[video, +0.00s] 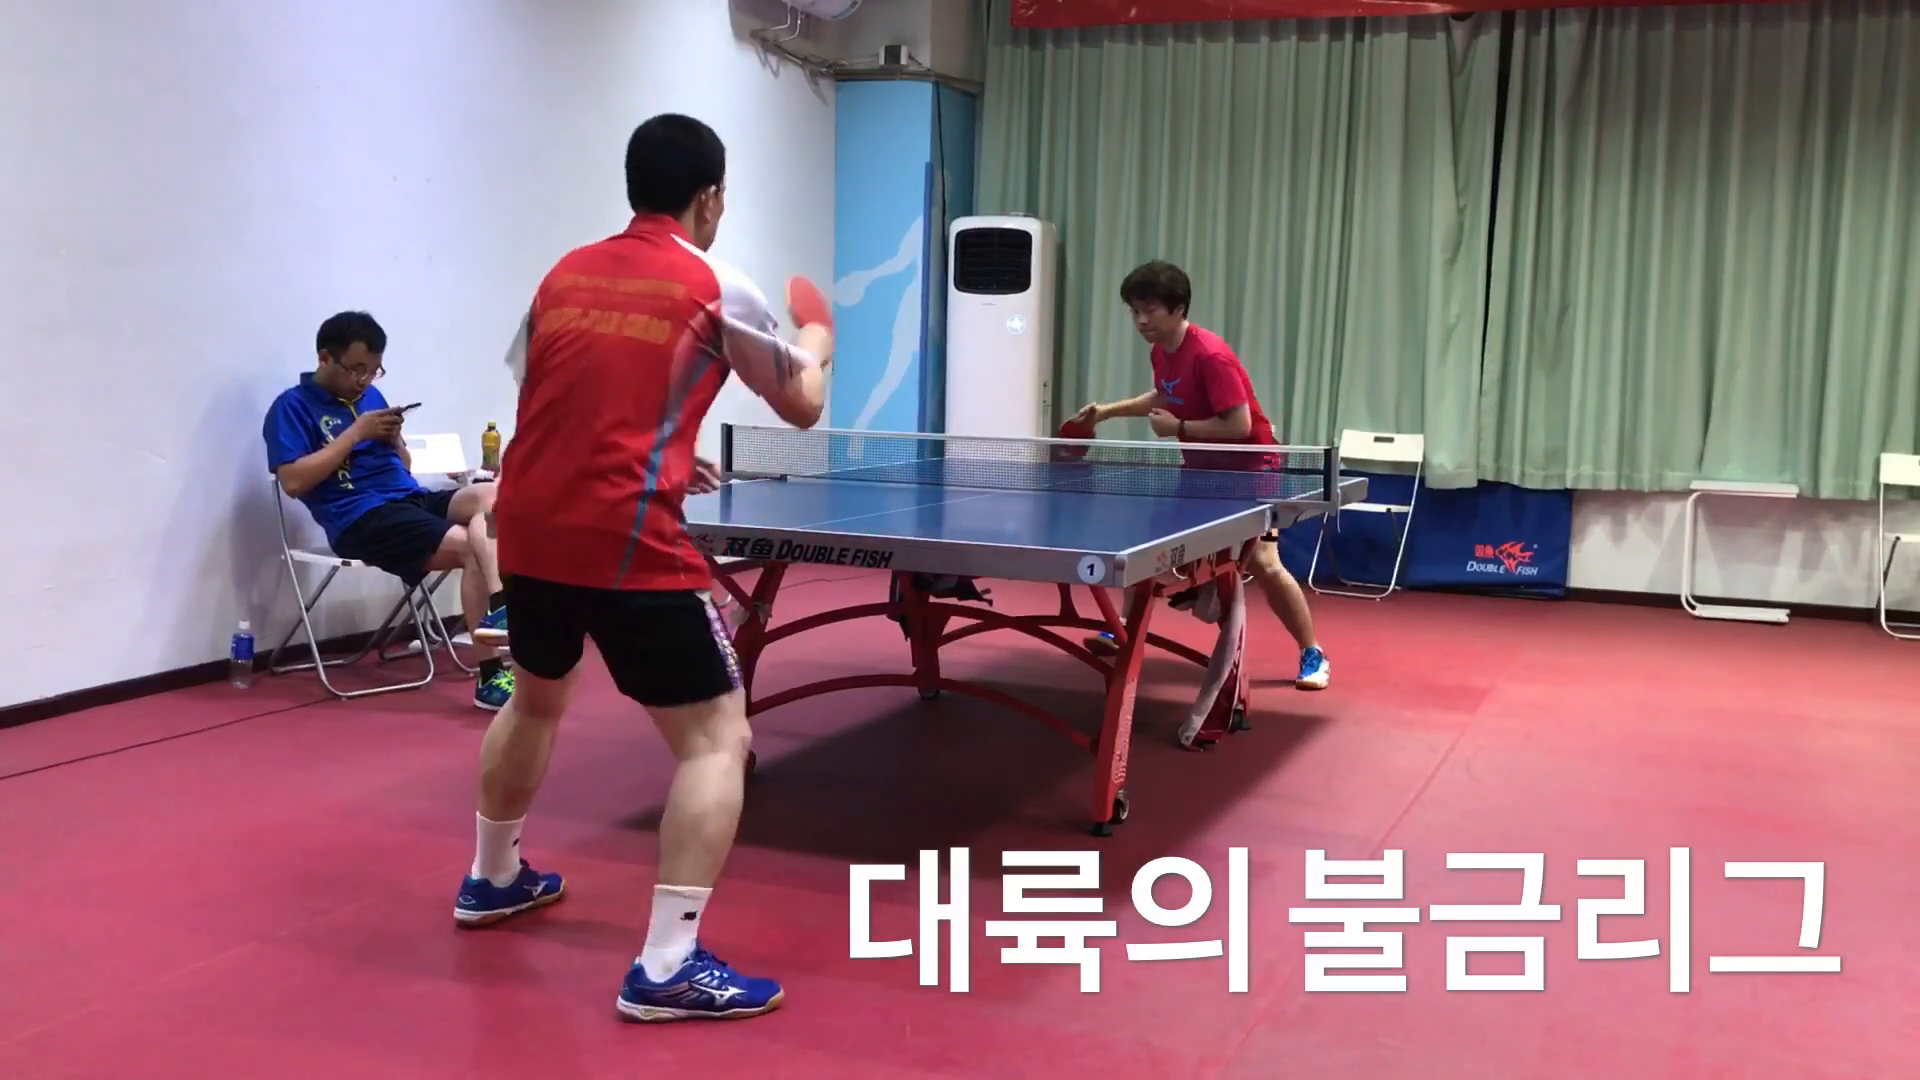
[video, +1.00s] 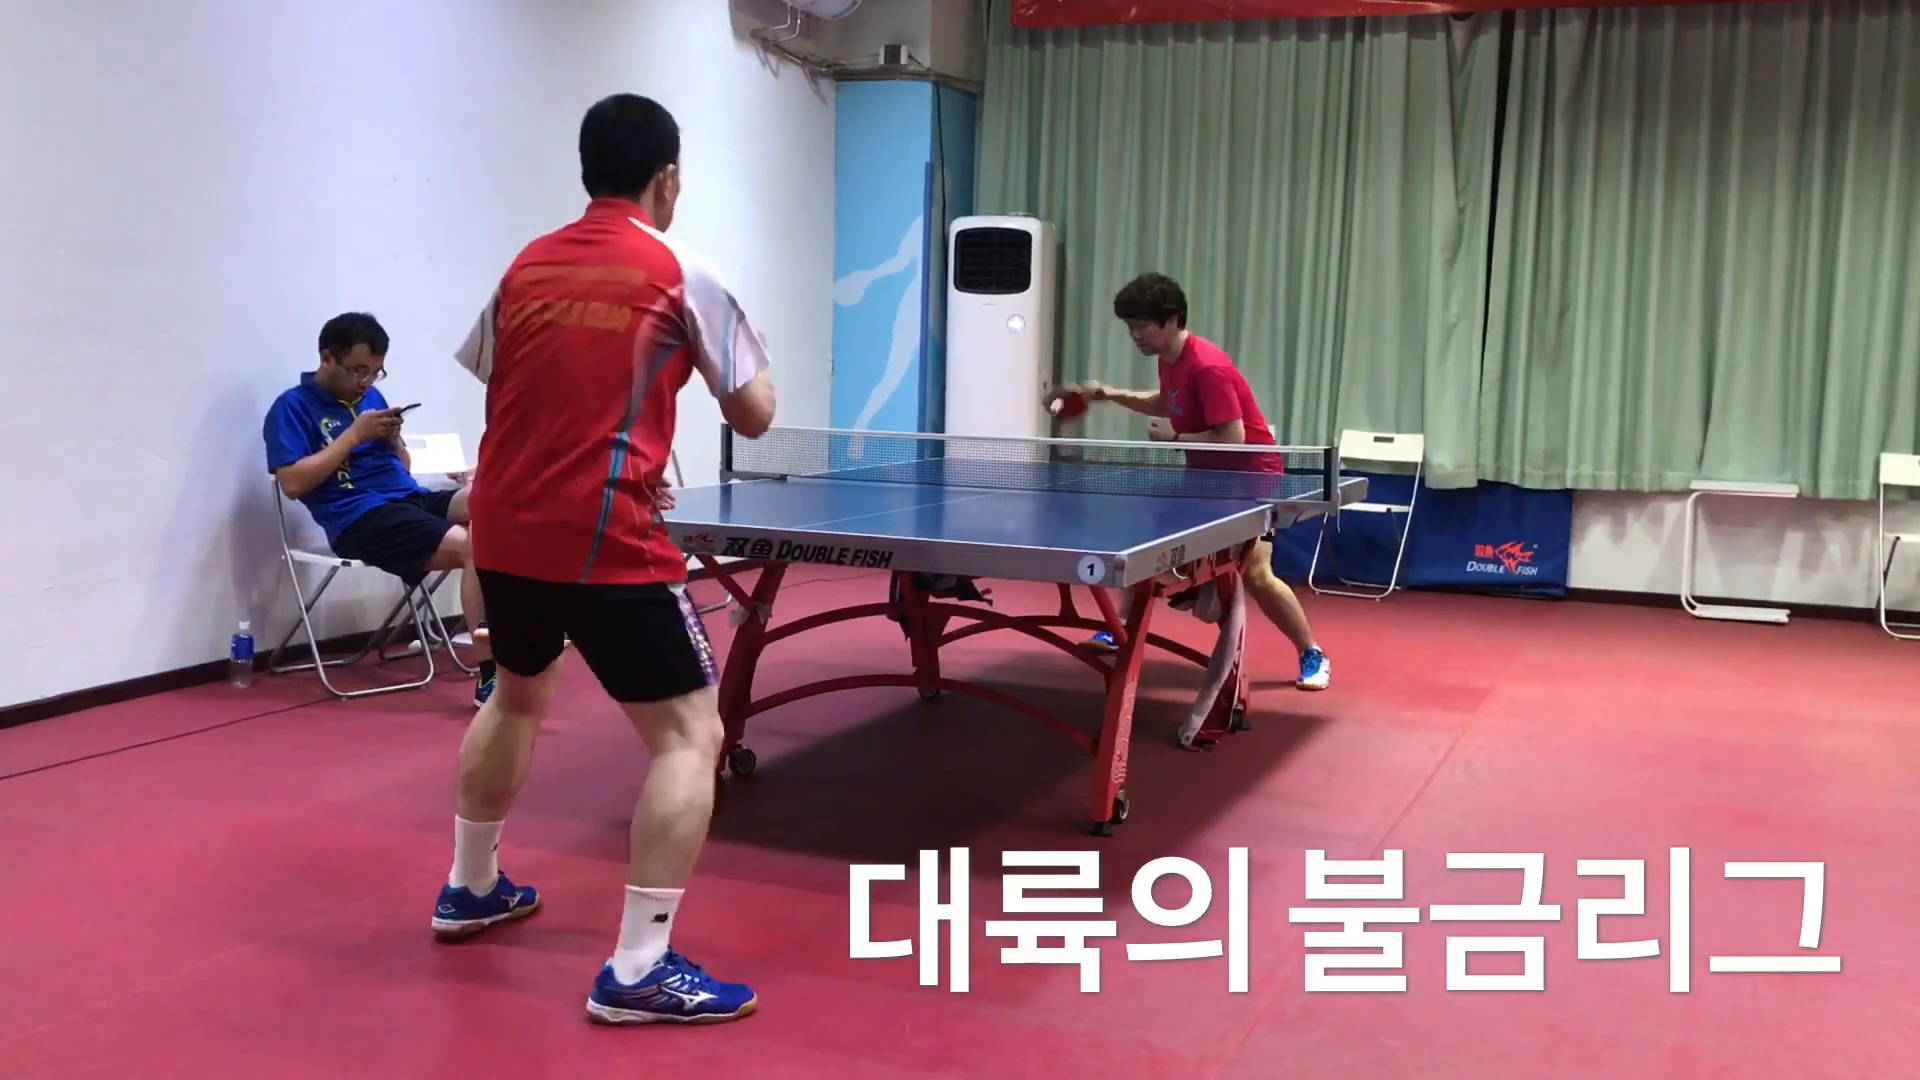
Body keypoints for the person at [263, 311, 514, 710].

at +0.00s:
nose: (366, 381)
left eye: (373, 371)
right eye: (357, 370)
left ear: (378, 365)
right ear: (324, 358)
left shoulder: (370, 397)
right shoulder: (291, 407)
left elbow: (404, 467)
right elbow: (293, 482)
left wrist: (394, 437)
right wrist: (356, 433)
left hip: (410, 500)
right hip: (363, 520)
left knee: (490, 495)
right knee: (476, 546)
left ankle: (499, 603)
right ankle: (491, 674)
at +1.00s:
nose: (366, 383)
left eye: (373, 373)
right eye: (358, 371)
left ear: (379, 368)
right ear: (326, 359)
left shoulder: (369, 397)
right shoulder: (291, 408)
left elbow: (403, 468)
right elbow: (293, 483)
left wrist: (393, 436)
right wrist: (355, 435)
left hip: (409, 499)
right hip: (364, 518)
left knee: (490, 502)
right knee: (474, 546)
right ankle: (490, 675)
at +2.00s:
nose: (364, 381)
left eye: (372, 371)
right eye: (356, 370)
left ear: (379, 365)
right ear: (325, 359)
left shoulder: (370, 397)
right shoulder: (292, 407)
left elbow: (404, 466)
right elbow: (295, 482)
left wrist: (392, 435)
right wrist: (356, 432)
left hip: (412, 501)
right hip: (364, 520)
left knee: (502, 517)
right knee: (480, 546)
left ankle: (527, 668)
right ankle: (490, 675)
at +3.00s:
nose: (368, 382)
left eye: (375, 372)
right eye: (359, 371)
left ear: (381, 365)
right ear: (326, 358)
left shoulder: (370, 397)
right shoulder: (292, 407)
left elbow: (404, 468)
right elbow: (300, 482)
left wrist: (393, 438)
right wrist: (360, 432)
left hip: (410, 500)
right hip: (363, 520)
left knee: (490, 498)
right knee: (475, 547)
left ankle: (494, 607)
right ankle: (492, 676)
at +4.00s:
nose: (365, 382)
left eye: (373, 372)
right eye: (357, 371)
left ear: (379, 366)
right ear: (325, 359)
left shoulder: (370, 397)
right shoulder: (291, 408)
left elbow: (403, 469)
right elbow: (297, 483)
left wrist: (393, 436)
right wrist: (356, 432)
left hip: (411, 501)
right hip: (364, 520)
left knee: (499, 518)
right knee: (472, 551)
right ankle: (493, 673)